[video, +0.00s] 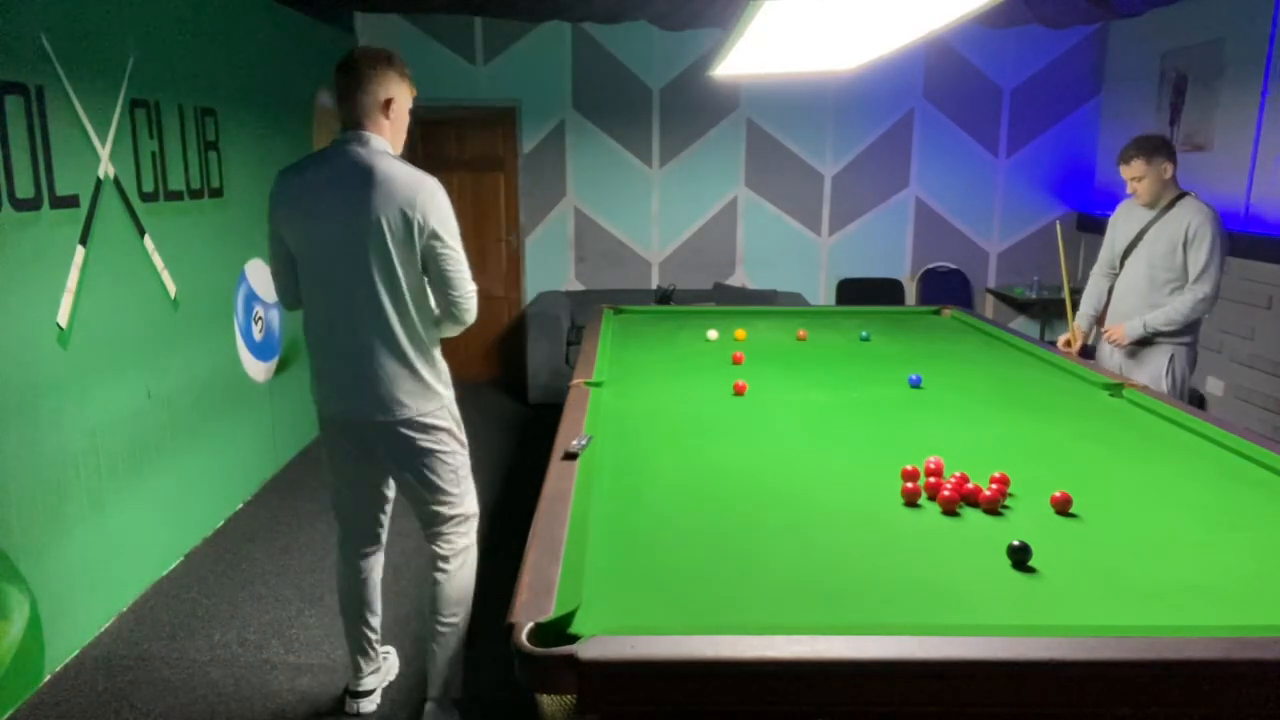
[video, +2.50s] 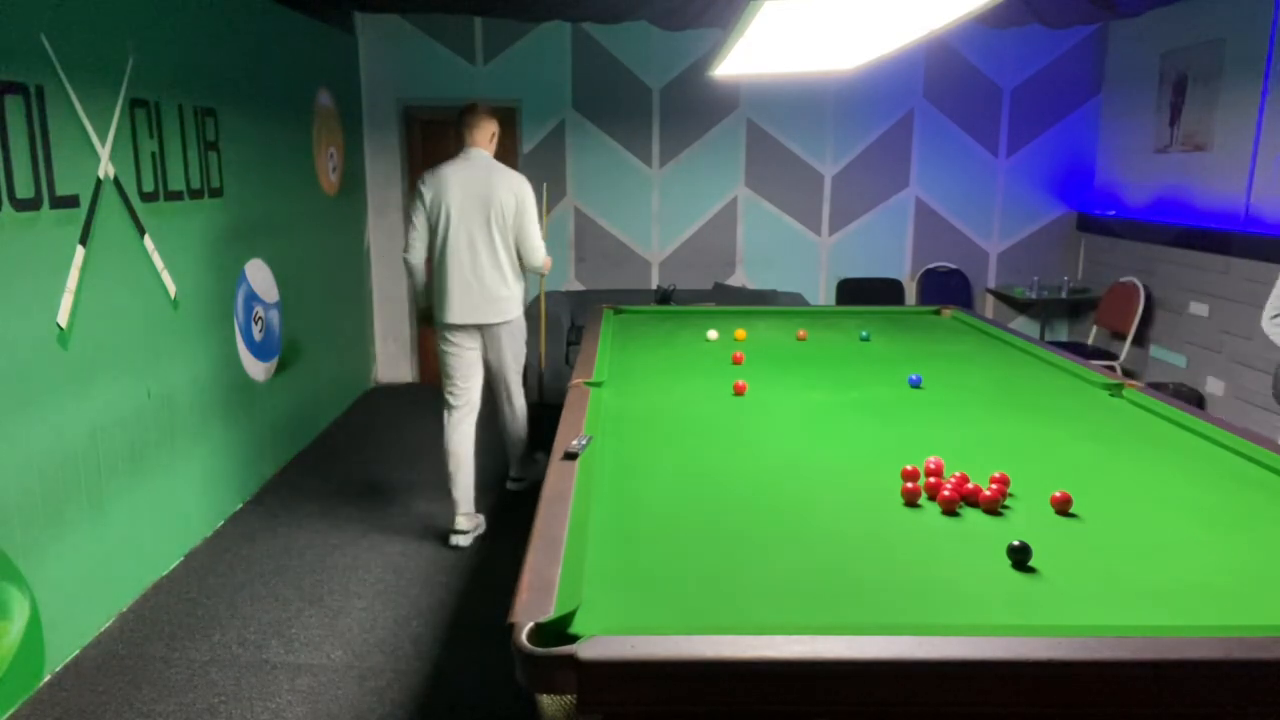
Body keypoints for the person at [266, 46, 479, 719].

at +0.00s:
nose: (408, 122)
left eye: (406, 111)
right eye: (406, 110)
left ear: (340, 108)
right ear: (393, 110)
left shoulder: (292, 185)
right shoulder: (417, 189)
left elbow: (287, 291)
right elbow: (460, 306)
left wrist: (348, 283)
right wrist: (419, 325)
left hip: (341, 399)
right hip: (416, 399)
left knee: (359, 539)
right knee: (453, 536)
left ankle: (367, 675)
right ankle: (442, 700)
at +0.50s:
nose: (407, 128)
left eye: (406, 117)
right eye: (404, 117)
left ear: (345, 116)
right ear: (387, 116)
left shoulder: (297, 188)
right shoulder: (423, 186)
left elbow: (282, 291)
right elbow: (460, 292)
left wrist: (344, 287)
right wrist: (430, 329)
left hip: (344, 380)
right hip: (419, 375)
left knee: (357, 513)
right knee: (451, 489)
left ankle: (365, 668)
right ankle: (478, 601)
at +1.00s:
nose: (481, 137)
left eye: (479, 129)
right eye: (481, 130)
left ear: (429, 122)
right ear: (474, 130)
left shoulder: (382, 173)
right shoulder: (494, 192)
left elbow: (376, 250)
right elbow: (515, 291)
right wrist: (477, 322)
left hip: (408, 353)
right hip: (472, 357)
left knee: (398, 481)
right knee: (476, 476)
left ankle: (376, 629)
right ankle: (480, 597)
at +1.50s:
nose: (509, 146)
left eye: (509, 138)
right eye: (511, 138)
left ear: (466, 125)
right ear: (503, 132)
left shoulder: (422, 173)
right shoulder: (515, 185)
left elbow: (416, 247)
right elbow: (539, 275)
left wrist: (440, 292)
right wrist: (503, 304)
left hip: (432, 332)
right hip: (492, 337)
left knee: (440, 433)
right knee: (488, 458)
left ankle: (439, 534)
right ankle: (480, 590)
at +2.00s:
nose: (481, 137)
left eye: (479, 130)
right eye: (479, 130)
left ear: (439, 129)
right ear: (470, 128)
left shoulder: (408, 180)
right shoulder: (491, 176)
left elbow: (385, 253)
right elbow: (515, 257)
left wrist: (432, 270)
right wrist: (509, 286)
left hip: (438, 323)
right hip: (488, 319)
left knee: (453, 419)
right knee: (515, 409)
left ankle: (461, 525)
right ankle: (488, 520)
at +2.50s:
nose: (494, 142)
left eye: (489, 135)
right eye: (495, 136)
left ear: (461, 135)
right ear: (493, 137)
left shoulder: (433, 181)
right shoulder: (515, 184)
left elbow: (415, 254)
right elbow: (533, 258)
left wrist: (425, 299)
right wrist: (544, 263)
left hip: (454, 310)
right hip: (502, 309)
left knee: (459, 408)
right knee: (510, 394)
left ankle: (463, 518)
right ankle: (517, 471)